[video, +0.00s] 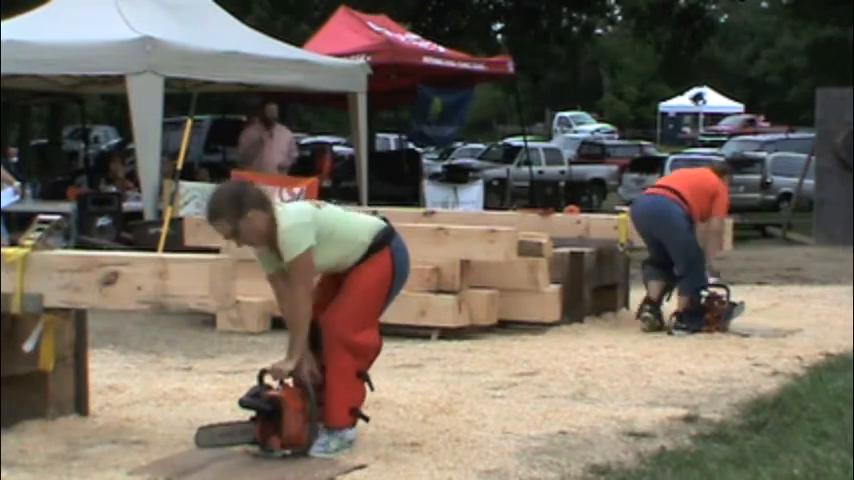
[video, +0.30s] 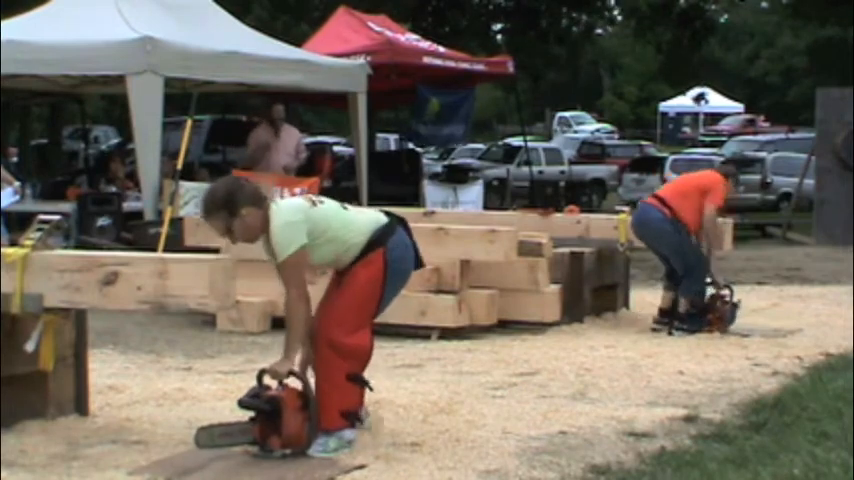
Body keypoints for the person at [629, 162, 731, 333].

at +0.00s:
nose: (728, 183)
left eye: (728, 180)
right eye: (728, 180)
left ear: (710, 170)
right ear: (724, 177)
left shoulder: (690, 174)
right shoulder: (719, 187)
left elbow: (697, 226)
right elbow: (715, 228)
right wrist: (711, 263)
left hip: (642, 203)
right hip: (670, 208)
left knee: (661, 261)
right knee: (691, 263)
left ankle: (651, 305)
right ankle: (684, 315)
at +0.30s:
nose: (731, 190)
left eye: (733, 187)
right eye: (732, 185)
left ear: (718, 172)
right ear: (728, 179)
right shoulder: (718, 182)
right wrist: (714, 245)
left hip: (643, 213)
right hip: (659, 218)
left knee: (675, 266)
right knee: (696, 265)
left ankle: (666, 311)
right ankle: (688, 315)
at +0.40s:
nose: (734, 179)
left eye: (737, 175)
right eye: (733, 172)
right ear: (725, 164)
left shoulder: (711, 192)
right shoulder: (707, 156)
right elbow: (684, 158)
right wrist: (706, 183)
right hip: (658, 205)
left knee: (675, 261)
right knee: (680, 263)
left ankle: (665, 311)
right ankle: (689, 319)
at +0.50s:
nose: (732, 172)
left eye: (736, 168)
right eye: (732, 164)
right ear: (721, 156)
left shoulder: (712, 190)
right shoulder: (701, 151)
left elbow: (706, 223)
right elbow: (665, 145)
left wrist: (715, 255)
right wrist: (678, 176)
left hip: (671, 212)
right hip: (654, 199)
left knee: (676, 260)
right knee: (674, 259)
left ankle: (667, 313)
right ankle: (671, 316)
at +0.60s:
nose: (731, 163)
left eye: (733, 159)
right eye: (730, 157)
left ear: (724, 155)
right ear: (721, 152)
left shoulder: (712, 178)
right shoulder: (695, 156)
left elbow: (707, 210)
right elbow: (667, 181)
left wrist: (715, 243)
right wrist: (677, 220)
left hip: (664, 208)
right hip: (649, 200)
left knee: (674, 260)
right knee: (665, 260)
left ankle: (673, 318)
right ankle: (663, 320)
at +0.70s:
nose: (725, 159)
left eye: (727, 154)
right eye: (725, 153)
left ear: (713, 146)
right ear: (717, 150)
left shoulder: (698, 157)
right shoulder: (693, 165)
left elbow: (700, 192)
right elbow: (675, 201)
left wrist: (710, 218)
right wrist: (685, 237)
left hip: (660, 204)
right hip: (649, 203)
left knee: (669, 260)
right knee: (664, 261)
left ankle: (670, 316)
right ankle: (663, 319)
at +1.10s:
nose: (716, 140)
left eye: (717, 136)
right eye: (715, 135)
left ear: (695, 127)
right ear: (708, 133)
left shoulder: (678, 138)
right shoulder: (692, 149)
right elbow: (689, 185)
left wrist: (701, 185)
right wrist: (697, 208)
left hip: (646, 198)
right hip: (661, 204)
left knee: (662, 262)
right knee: (674, 263)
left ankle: (661, 314)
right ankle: (665, 319)